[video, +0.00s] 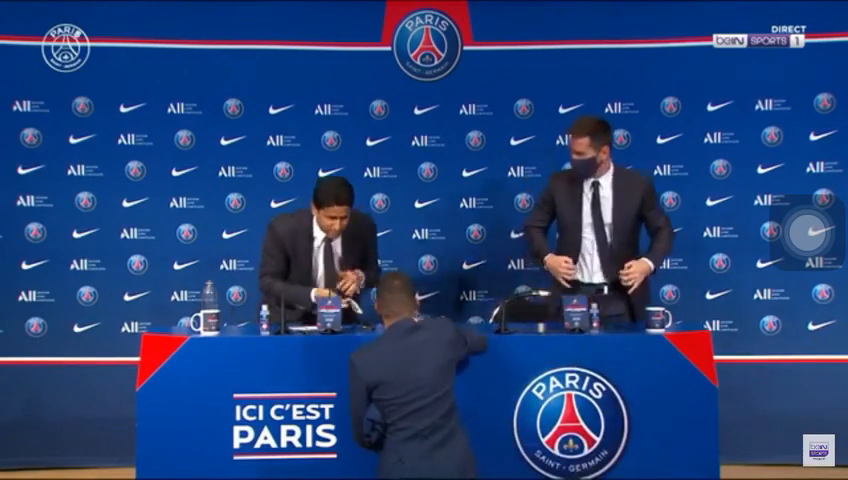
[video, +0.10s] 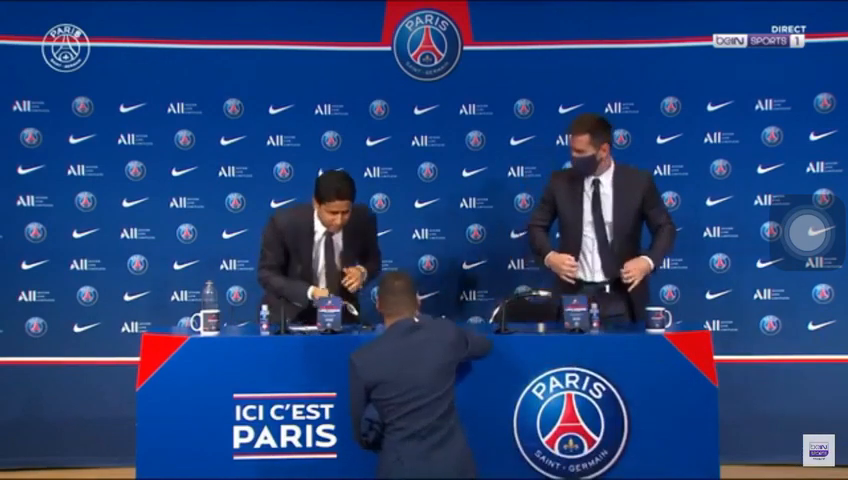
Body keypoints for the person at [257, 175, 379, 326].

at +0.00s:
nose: (337, 226)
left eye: (343, 218)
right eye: (331, 218)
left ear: (350, 212)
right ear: (315, 210)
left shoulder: (363, 226)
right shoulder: (283, 229)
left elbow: (373, 272)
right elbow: (268, 282)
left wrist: (361, 278)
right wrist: (312, 295)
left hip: (346, 326)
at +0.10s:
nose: (339, 220)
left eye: (345, 213)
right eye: (332, 213)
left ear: (351, 206)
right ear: (316, 204)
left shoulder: (362, 219)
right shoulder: (284, 223)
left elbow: (374, 260)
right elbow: (267, 274)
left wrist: (364, 272)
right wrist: (309, 292)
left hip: (343, 320)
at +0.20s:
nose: (339, 214)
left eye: (345, 207)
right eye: (332, 206)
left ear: (352, 199)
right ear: (316, 197)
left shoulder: (363, 214)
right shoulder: (283, 216)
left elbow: (370, 252)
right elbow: (265, 265)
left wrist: (366, 274)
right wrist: (305, 290)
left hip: (342, 314)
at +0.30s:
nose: (339, 211)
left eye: (345, 203)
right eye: (333, 203)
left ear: (352, 196)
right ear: (316, 194)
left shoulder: (361, 209)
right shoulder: (283, 212)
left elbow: (368, 251)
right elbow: (265, 262)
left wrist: (362, 282)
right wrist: (301, 289)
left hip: (339, 310)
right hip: (291, 312)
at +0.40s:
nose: (340, 208)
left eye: (346, 201)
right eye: (334, 201)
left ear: (352, 193)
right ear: (316, 191)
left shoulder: (361, 206)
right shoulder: (281, 207)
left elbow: (366, 254)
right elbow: (264, 259)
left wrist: (358, 295)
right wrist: (296, 288)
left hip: (336, 299)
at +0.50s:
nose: (339, 207)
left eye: (346, 199)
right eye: (333, 200)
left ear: (352, 191)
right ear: (316, 189)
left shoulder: (361, 205)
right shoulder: (280, 206)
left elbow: (364, 255)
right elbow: (262, 257)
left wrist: (354, 296)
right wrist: (294, 288)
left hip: (335, 298)